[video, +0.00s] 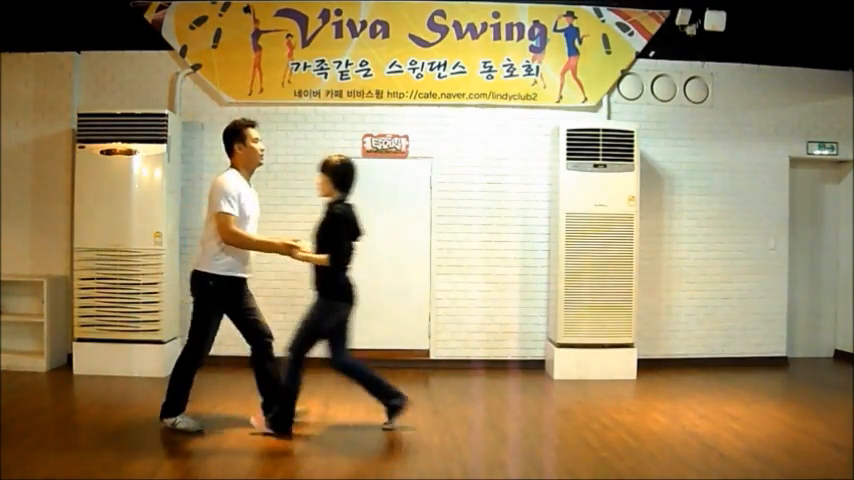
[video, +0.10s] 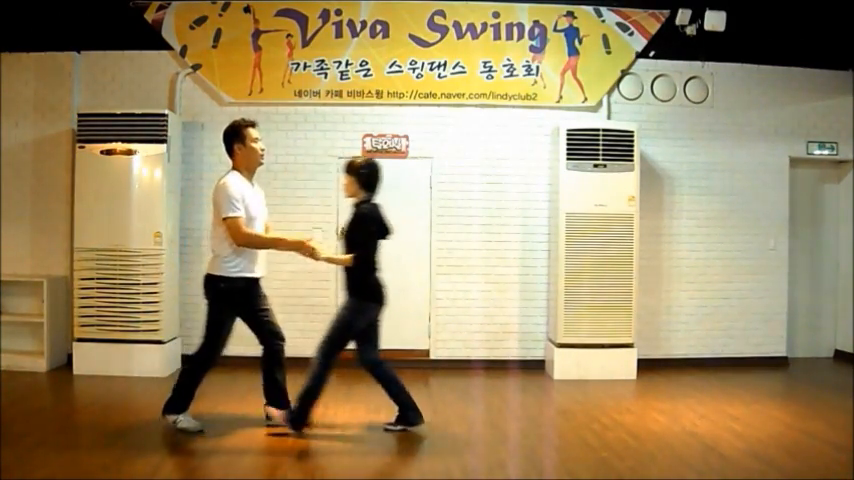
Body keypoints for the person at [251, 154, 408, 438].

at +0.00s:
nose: (317, 180)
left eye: (321, 175)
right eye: (319, 175)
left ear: (332, 181)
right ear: (340, 181)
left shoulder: (337, 214)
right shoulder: (340, 210)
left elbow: (337, 260)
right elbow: (338, 252)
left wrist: (300, 255)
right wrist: (305, 250)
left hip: (332, 298)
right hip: (339, 296)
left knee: (296, 350)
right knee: (339, 359)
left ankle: (280, 421)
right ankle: (392, 399)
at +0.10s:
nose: (343, 182)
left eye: (347, 178)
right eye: (345, 177)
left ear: (358, 182)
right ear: (366, 182)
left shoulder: (364, 216)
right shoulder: (370, 211)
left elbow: (357, 259)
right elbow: (385, 234)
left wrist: (323, 257)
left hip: (361, 298)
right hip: (369, 296)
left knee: (327, 352)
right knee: (369, 358)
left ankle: (298, 415)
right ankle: (409, 412)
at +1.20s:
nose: (454, 176)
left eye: (459, 170)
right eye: (455, 170)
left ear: (473, 174)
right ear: (466, 175)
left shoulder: (487, 209)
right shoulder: (459, 211)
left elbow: (496, 250)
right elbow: (422, 227)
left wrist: (461, 254)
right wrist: (383, 222)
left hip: (482, 294)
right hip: (465, 293)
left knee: (463, 357)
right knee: (441, 347)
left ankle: (482, 423)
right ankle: (482, 396)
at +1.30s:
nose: (440, 178)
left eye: (445, 173)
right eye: (441, 172)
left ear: (458, 177)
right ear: (454, 177)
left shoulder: (471, 213)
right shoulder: (446, 213)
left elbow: (474, 254)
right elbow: (410, 230)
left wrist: (439, 255)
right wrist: (371, 227)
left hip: (467, 297)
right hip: (451, 297)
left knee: (455, 361)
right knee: (419, 344)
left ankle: (482, 422)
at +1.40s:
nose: (422, 181)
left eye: (427, 176)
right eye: (424, 176)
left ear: (441, 182)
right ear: (437, 182)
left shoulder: (448, 216)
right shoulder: (429, 217)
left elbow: (448, 260)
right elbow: (396, 236)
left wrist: (415, 259)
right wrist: (357, 235)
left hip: (445, 302)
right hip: (432, 301)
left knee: (444, 364)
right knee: (401, 350)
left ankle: (481, 421)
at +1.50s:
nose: (402, 180)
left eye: (407, 175)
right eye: (404, 175)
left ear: (420, 180)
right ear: (416, 180)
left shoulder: (425, 214)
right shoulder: (413, 213)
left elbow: (418, 258)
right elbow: (382, 238)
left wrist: (387, 255)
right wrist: (344, 238)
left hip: (418, 298)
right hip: (405, 298)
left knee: (413, 362)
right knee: (378, 350)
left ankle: (467, 407)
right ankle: (373, 416)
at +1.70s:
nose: (360, 172)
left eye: (365, 168)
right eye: (362, 167)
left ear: (377, 174)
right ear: (379, 174)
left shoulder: (381, 206)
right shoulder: (377, 203)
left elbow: (363, 247)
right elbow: (359, 239)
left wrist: (330, 242)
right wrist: (333, 237)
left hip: (371, 290)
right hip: (369, 288)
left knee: (338, 346)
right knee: (356, 349)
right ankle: (370, 417)